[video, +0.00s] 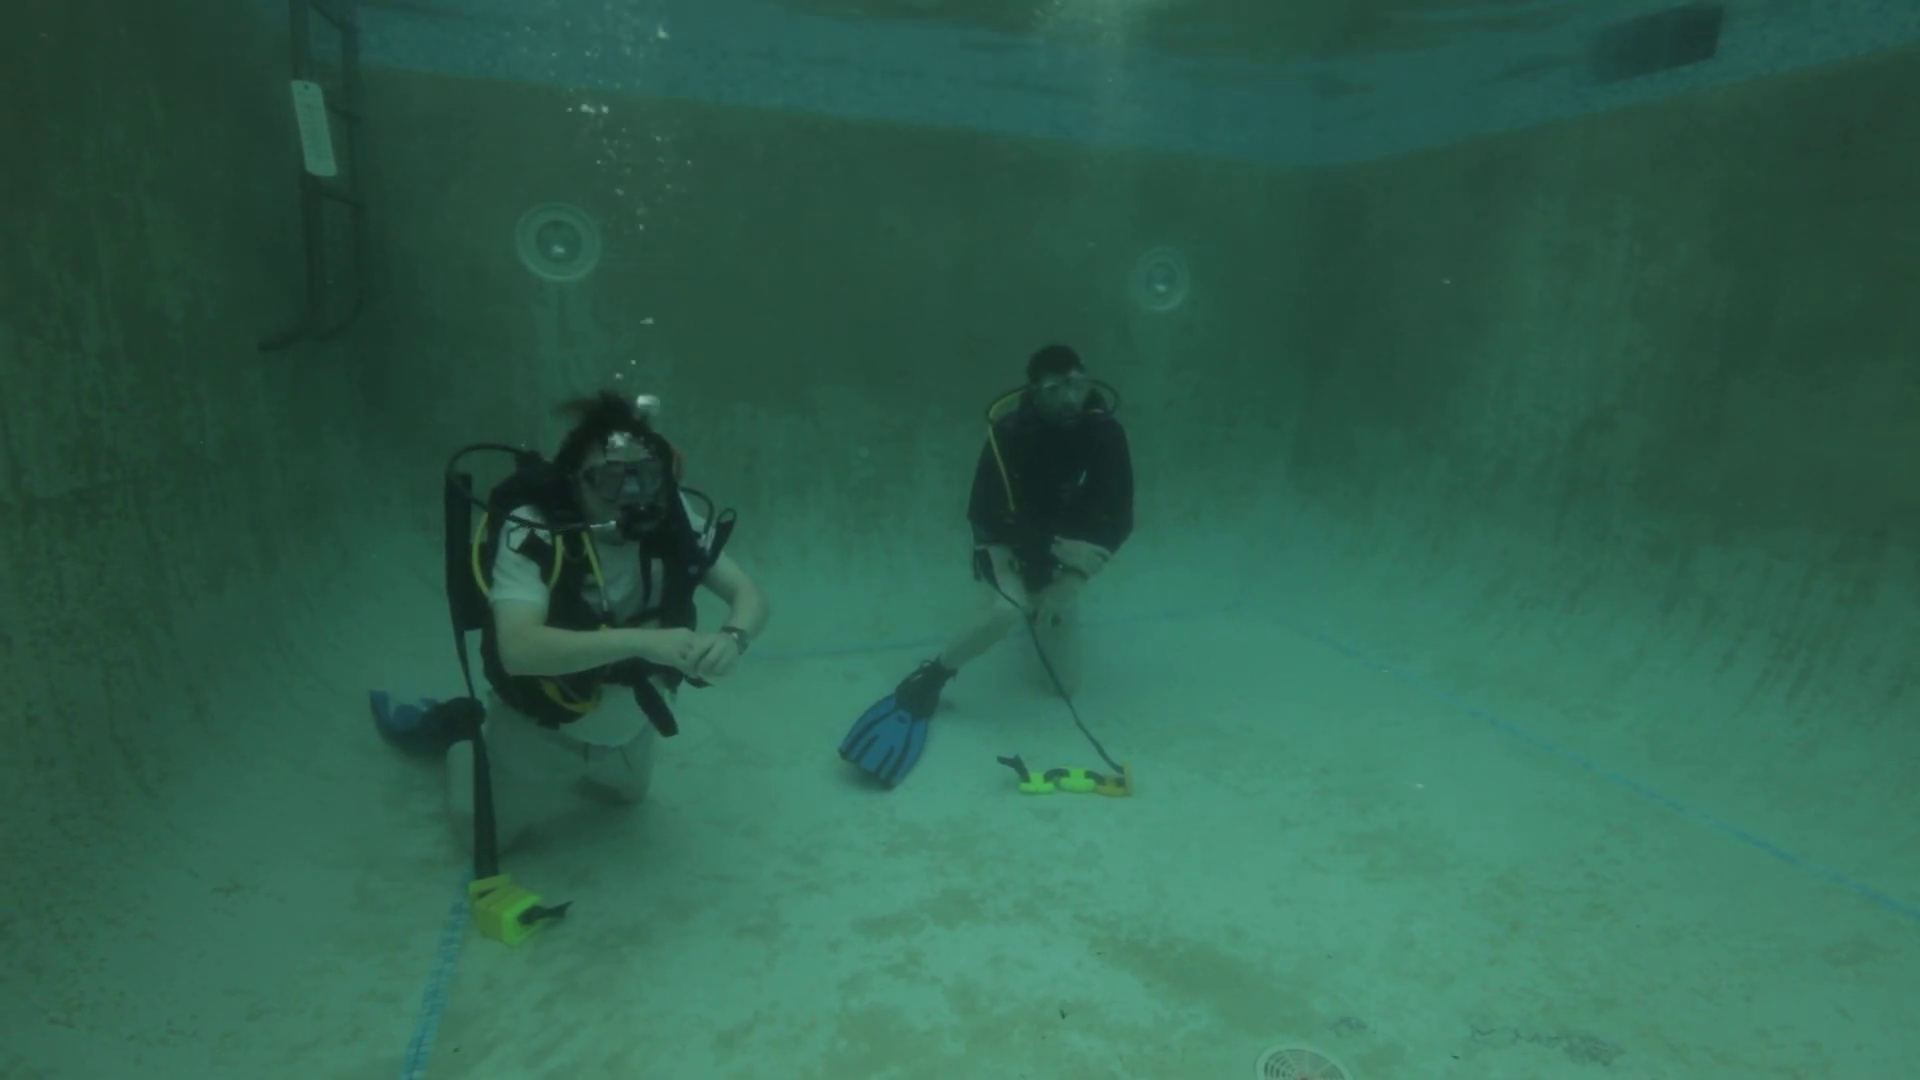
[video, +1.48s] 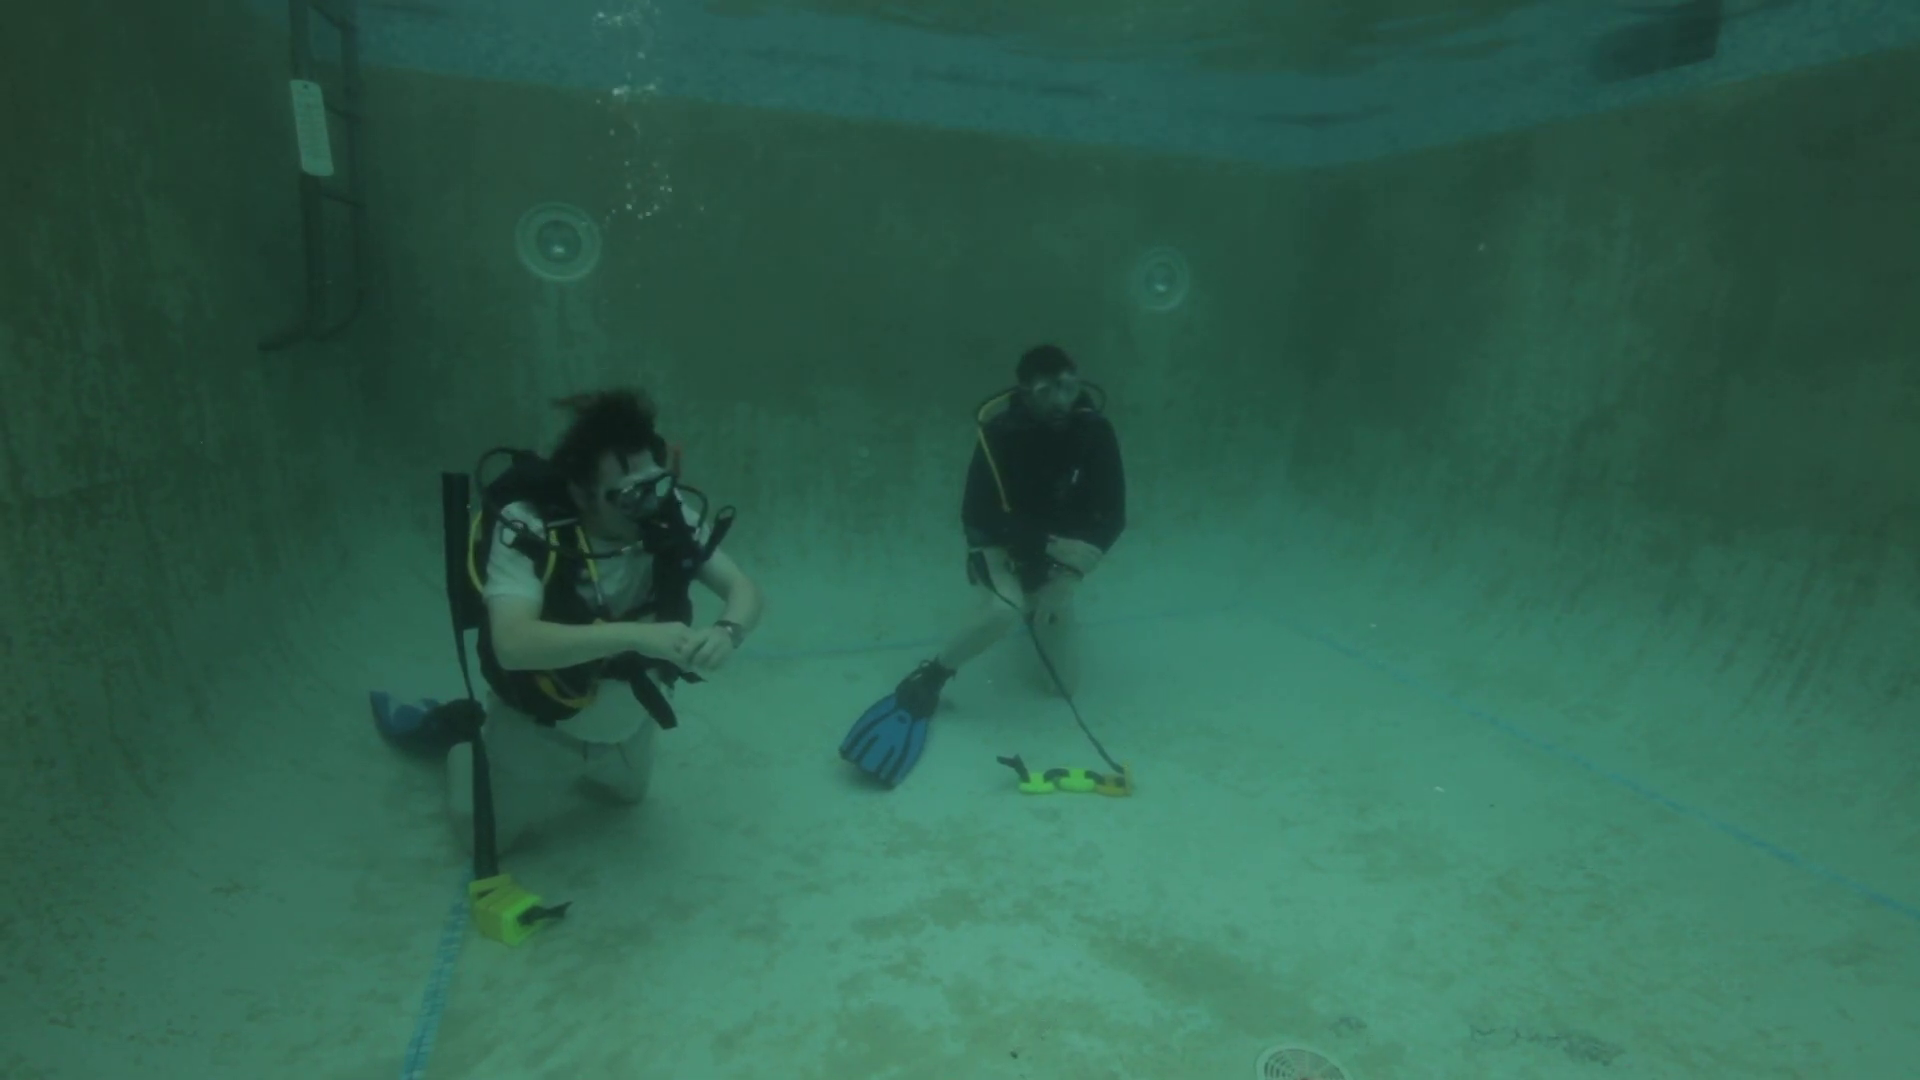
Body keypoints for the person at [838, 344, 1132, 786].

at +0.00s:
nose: (1071, 397)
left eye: (1077, 384)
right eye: (1059, 387)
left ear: (1087, 385)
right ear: (1036, 390)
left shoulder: (1104, 430)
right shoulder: (1012, 429)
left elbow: (1118, 516)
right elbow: (989, 512)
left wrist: (1069, 581)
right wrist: (1056, 546)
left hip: (1067, 548)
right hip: (1007, 541)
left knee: (1066, 681)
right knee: (1007, 610)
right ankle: (928, 680)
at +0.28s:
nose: (1070, 397)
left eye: (1076, 384)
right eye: (1058, 386)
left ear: (1086, 386)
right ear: (1034, 390)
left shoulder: (1103, 430)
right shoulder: (1010, 430)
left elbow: (1117, 517)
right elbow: (986, 512)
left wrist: (1070, 581)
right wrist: (1055, 546)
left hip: (1067, 549)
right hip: (1007, 542)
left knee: (1065, 681)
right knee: (1008, 610)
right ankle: (928, 680)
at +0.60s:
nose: (1066, 397)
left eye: (1073, 385)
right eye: (1055, 386)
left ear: (1083, 387)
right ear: (1032, 388)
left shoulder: (1101, 431)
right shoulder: (1007, 428)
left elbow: (1115, 517)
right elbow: (985, 512)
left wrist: (1067, 584)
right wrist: (1055, 545)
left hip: (1067, 550)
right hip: (1007, 543)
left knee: (1065, 680)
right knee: (1007, 610)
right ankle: (929, 680)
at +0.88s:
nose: (1064, 396)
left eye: (1071, 385)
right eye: (1053, 386)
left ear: (1081, 386)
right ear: (1030, 388)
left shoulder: (1098, 430)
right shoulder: (1005, 427)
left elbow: (1114, 514)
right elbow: (983, 514)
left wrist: (1068, 582)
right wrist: (1054, 543)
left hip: (1064, 549)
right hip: (1005, 542)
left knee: (1065, 680)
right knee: (1008, 610)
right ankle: (929, 679)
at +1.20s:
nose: (1062, 398)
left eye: (1068, 386)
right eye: (1050, 389)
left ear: (1080, 386)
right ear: (1028, 392)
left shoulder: (1096, 429)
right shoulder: (1003, 426)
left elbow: (1112, 513)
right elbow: (982, 514)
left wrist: (1069, 578)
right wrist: (1054, 545)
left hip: (1063, 547)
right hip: (1003, 541)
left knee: (1065, 679)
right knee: (1007, 610)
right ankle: (929, 680)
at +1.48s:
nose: (1060, 399)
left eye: (1066, 386)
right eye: (1047, 390)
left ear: (1078, 385)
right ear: (1025, 393)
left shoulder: (1094, 430)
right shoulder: (1001, 429)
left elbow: (1111, 513)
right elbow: (979, 512)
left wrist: (1073, 564)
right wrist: (1040, 546)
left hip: (1065, 549)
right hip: (1003, 542)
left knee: (1063, 682)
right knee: (1004, 611)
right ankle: (931, 677)